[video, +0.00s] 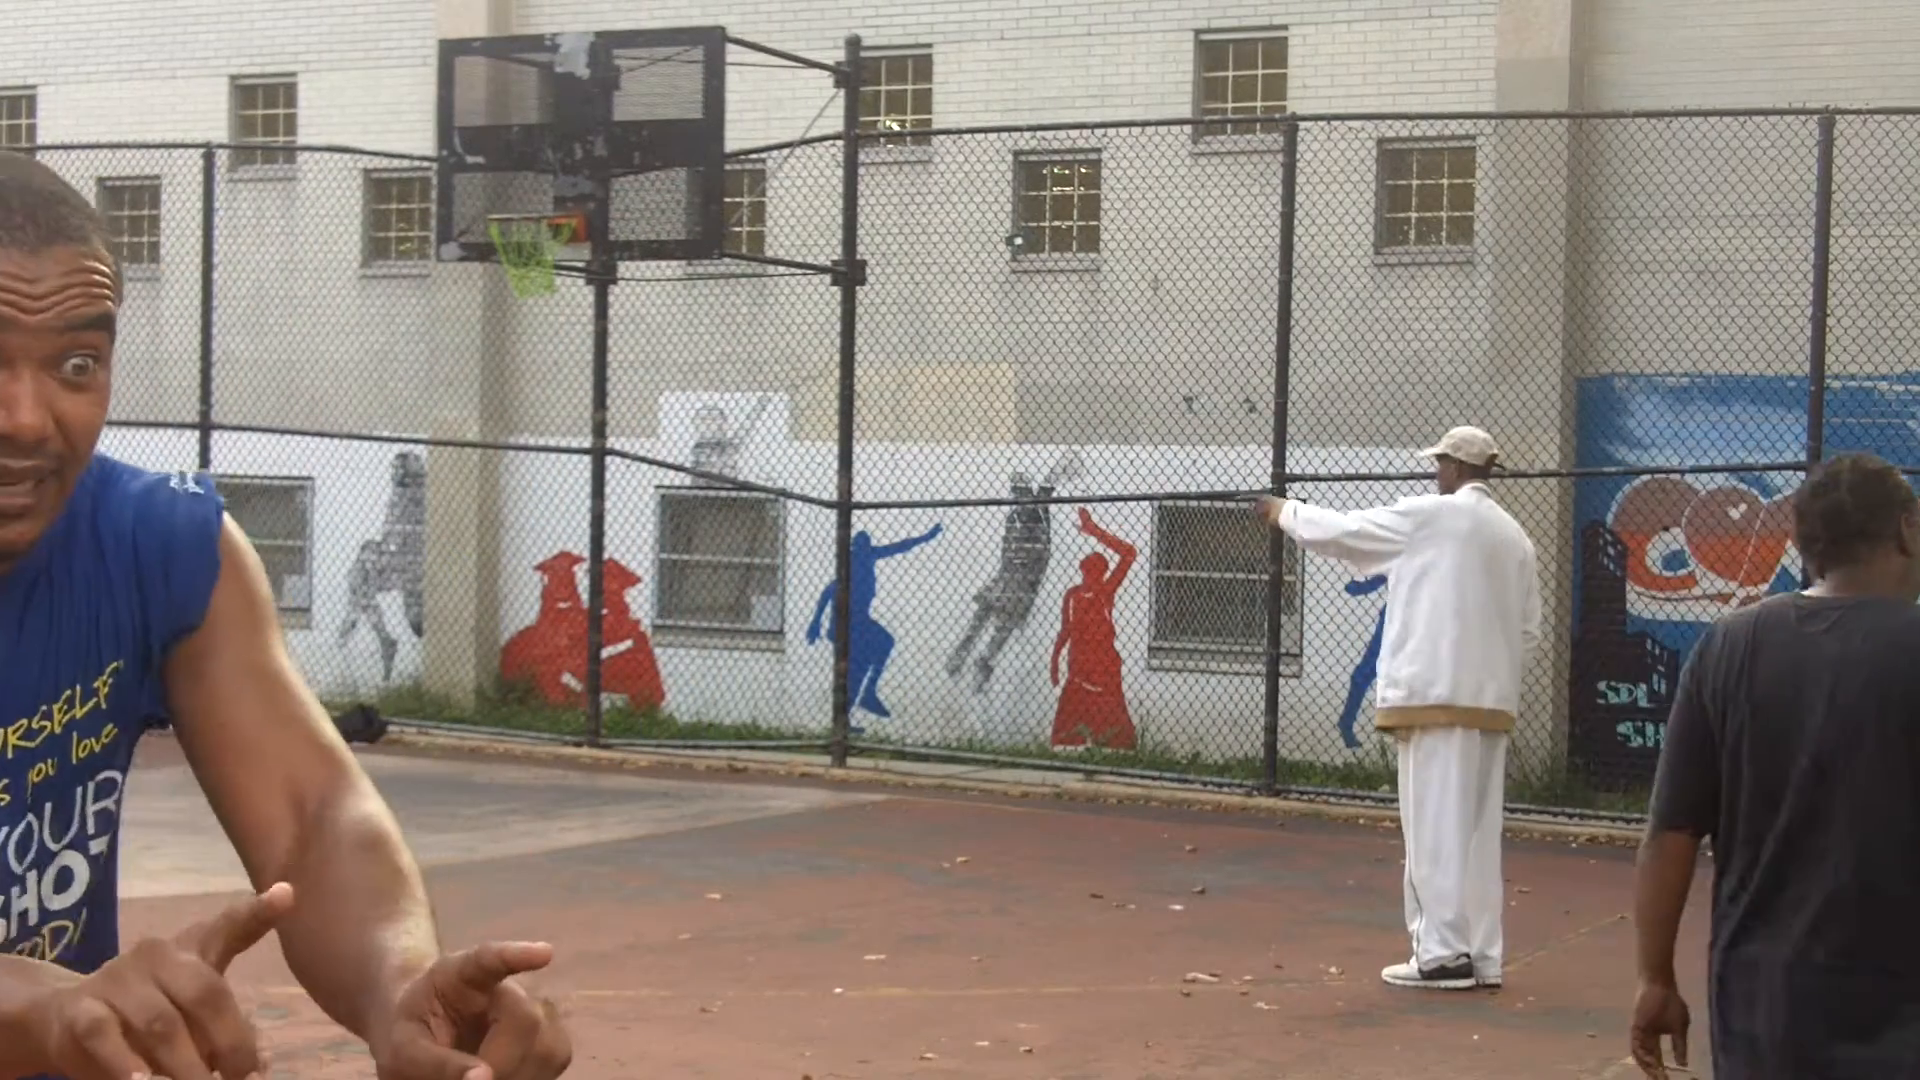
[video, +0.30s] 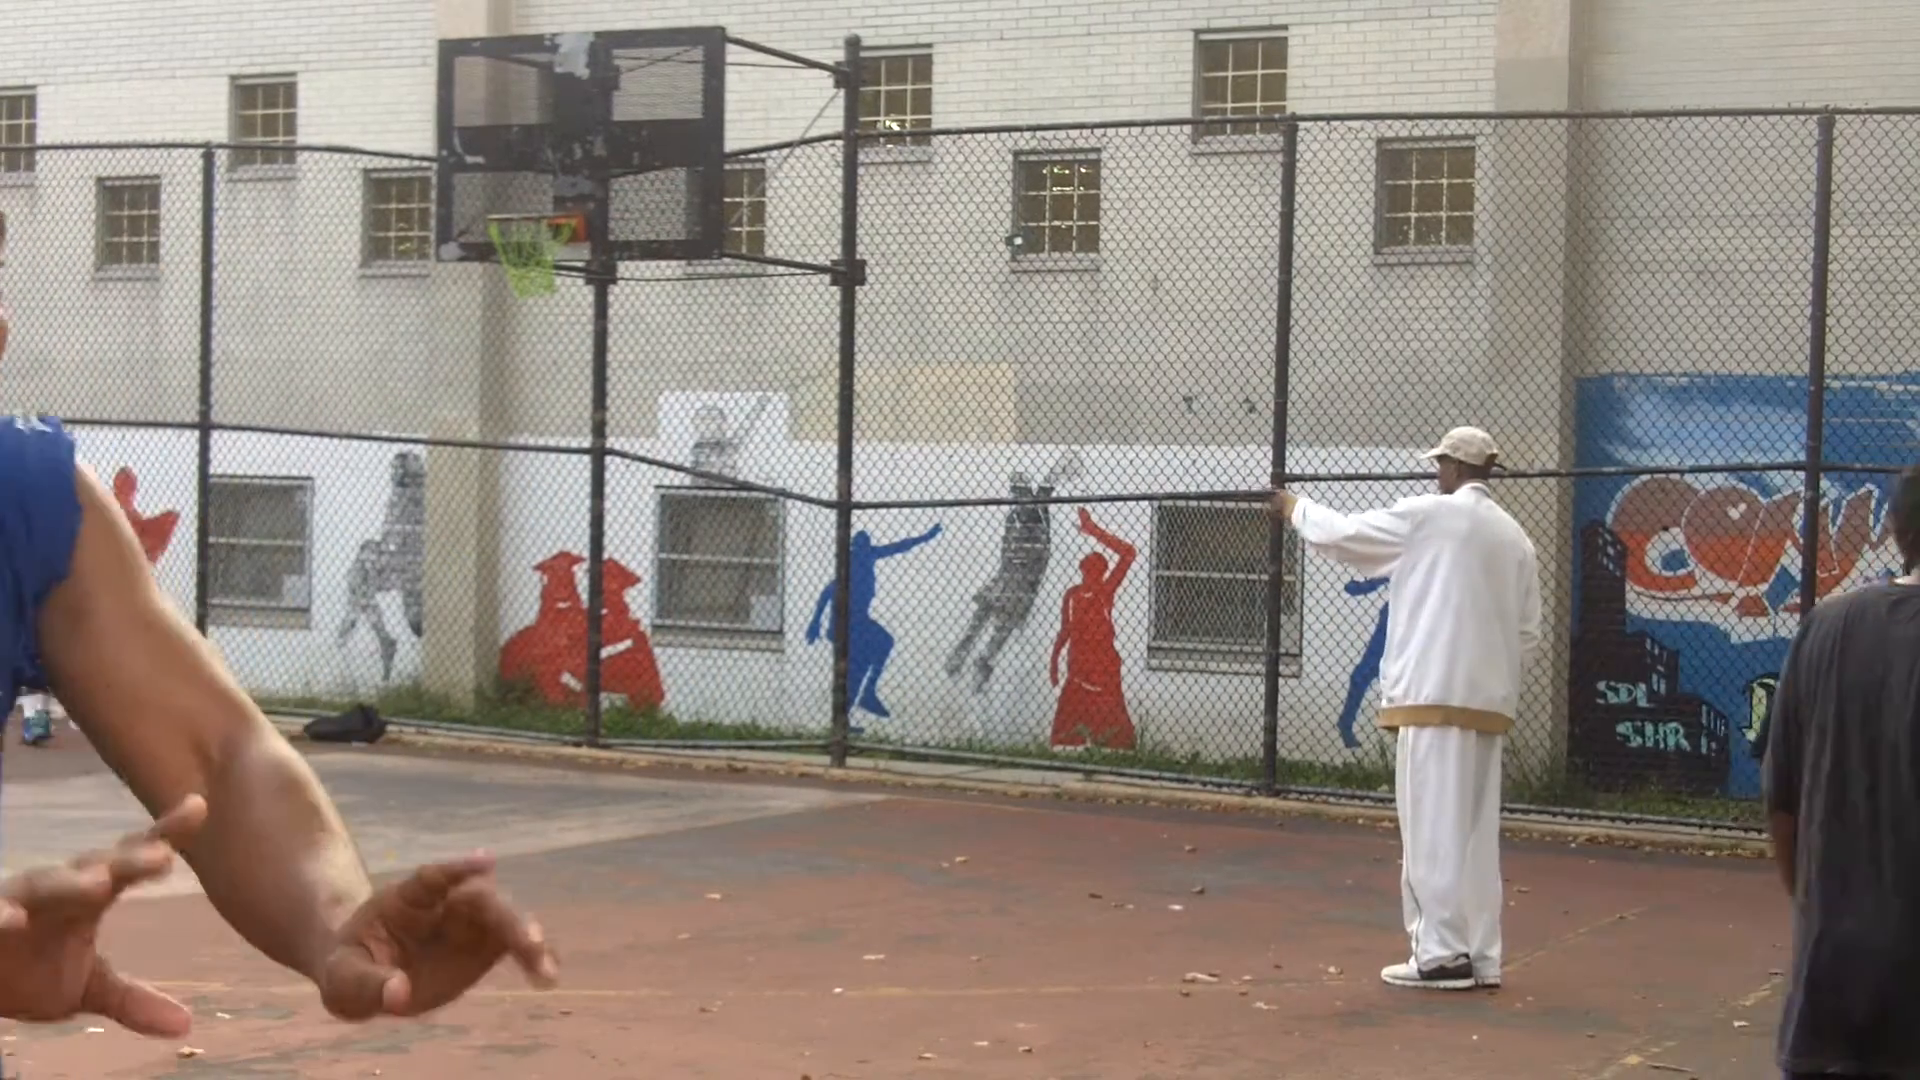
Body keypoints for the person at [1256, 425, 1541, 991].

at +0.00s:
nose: (1433, 477)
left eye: (1438, 469)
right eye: (1436, 468)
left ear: (1456, 471)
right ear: (1484, 474)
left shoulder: (1431, 516)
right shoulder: (1518, 539)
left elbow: (1343, 531)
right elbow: (1529, 627)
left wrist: (1282, 511)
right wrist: (1497, 682)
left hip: (1436, 690)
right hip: (1494, 696)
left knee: (1434, 824)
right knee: (1480, 826)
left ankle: (1442, 954)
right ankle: (1482, 958)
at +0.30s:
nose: (1435, 475)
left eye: (1441, 467)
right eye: (1439, 466)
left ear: (1456, 471)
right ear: (1488, 475)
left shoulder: (1429, 515)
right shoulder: (1517, 539)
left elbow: (1343, 534)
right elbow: (1530, 630)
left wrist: (1293, 506)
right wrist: (1497, 682)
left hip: (1432, 691)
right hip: (1491, 697)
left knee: (1430, 824)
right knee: (1478, 826)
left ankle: (1440, 955)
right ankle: (1481, 957)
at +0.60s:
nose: (1436, 475)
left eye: (1442, 466)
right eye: (1440, 466)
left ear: (1456, 470)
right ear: (1488, 475)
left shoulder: (1433, 516)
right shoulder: (1519, 539)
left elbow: (1348, 535)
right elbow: (1532, 629)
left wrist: (1305, 506)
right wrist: (1498, 681)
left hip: (1436, 692)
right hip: (1494, 698)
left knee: (1434, 824)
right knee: (1482, 826)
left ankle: (1443, 955)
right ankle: (1484, 957)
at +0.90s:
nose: (1436, 474)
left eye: (1442, 465)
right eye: (1439, 465)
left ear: (1458, 469)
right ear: (1487, 474)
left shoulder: (1434, 516)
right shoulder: (1519, 538)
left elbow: (1349, 534)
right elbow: (1532, 630)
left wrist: (1312, 501)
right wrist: (1495, 679)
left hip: (1438, 690)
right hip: (1494, 697)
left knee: (1436, 822)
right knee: (1483, 824)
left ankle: (1444, 953)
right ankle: (1485, 956)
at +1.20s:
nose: (1430, 475)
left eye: (1435, 466)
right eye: (1432, 466)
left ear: (1453, 470)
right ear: (1481, 474)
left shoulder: (1436, 518)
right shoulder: (1517, 536)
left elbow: (1362, 561)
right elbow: (1530, 626)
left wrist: (1393, 507)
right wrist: (1501, 684)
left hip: (1440, 688)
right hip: (1496, 693)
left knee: (1439, 822)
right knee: (1484, 824)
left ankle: (1445, 952)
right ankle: (1485, 956)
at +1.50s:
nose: (1426, 472)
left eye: (1434, 463)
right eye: (1428, 463)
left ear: (1460, 469)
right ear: (1478, 473)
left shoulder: (1439, 519)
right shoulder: (1513, 535)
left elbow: (1370, 568)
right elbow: (1529, 626)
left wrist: (1396, 512)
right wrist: (1498, 680)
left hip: (1443, 690)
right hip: (1495, 695)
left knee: (1439, 823)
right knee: (1483, 824)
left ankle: (1445, 953)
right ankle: (1485, 956)